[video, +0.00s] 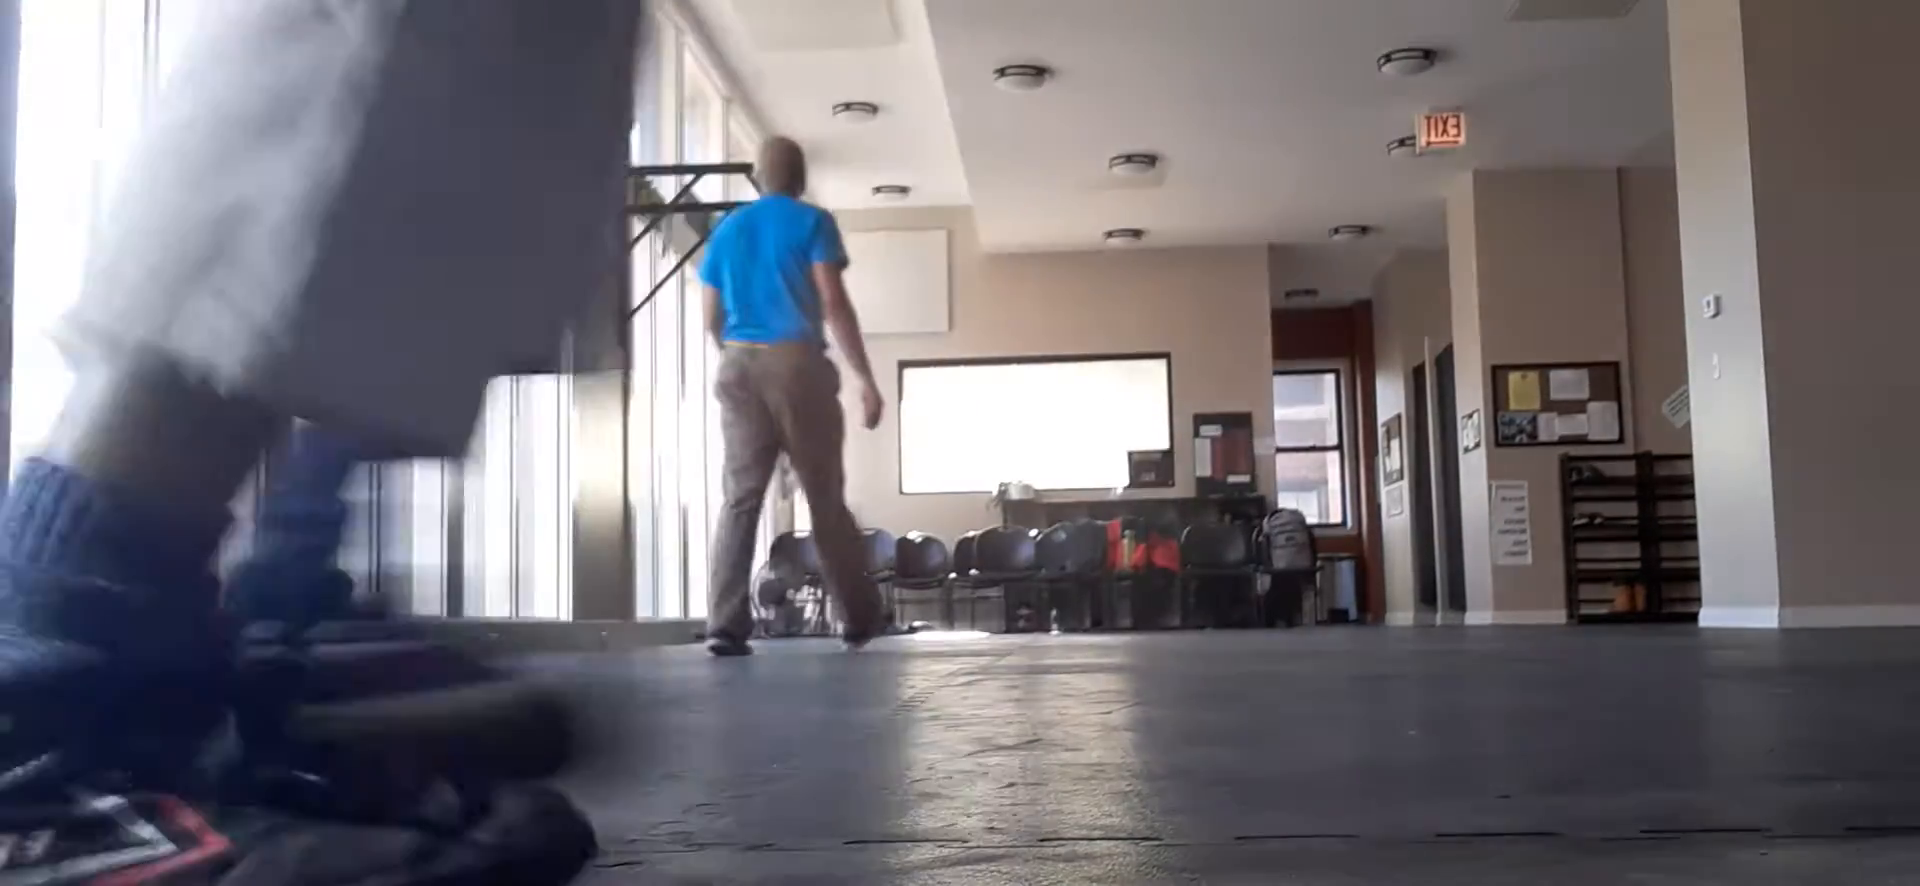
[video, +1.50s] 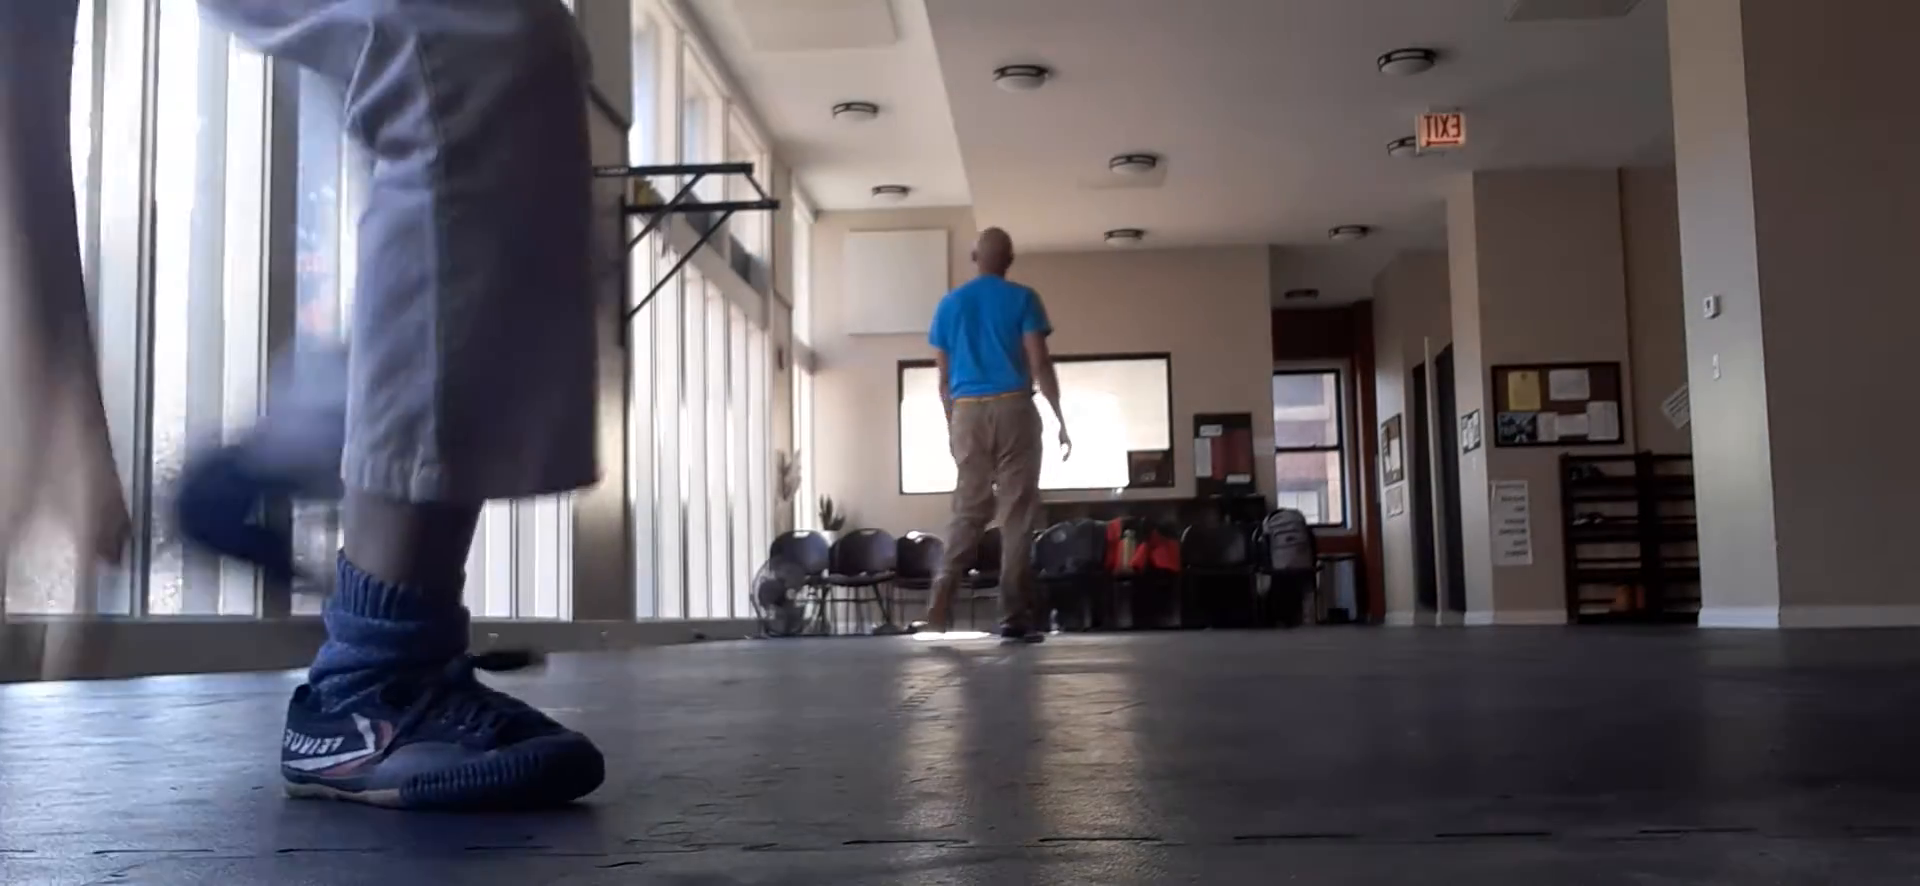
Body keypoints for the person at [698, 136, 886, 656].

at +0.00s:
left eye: (770, 167)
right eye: (797, 170)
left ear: (758, 177)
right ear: (801, 176)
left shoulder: (726, 228)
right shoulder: (813, 220)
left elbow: (713, 317)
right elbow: (833, 300)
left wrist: (739, 355)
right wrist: (863, 376)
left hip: (735, 364)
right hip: (796, 362)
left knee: (740, 498)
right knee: (825, 494)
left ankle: (726, 627)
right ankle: (862, 618)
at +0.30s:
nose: (824, 193)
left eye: (819, 187)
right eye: (852, 190)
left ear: (815, 195)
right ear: (859, 195)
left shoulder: (785, 246)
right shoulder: (873, 237)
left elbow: (771, 330)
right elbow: (895, 316)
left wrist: (787, 388)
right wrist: (922, 383)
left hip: (808, 374)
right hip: (867, 371)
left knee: (813, 490)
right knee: (866, 496)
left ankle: (780, 598)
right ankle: (861, 623)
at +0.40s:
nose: (859, 195)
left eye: (840, 188)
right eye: (870, 191)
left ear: (832, 197)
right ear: (875, 197)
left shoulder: (803, 248)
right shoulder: (891, 242)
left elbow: (781, 332)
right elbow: (914, 319)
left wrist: (782, 398)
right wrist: (935, 382)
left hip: (820, 376)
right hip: (876, 374)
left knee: (836, 490)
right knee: (870, 497)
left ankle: (825, 614)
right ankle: (859, 624)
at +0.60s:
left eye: (865, 211)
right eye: (897, 211)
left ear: (859, 220)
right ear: (900, 221)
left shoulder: (831, 267)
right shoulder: (917, 261)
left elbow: (804, 342)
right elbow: (941, 333)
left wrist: (777, 408)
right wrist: (959, 390)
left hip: (843, 387)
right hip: (895, 385)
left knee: (874, 502)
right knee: (885, 500)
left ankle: (900, 618)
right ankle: (860, 619)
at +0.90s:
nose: (896, 227)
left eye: (893, 222)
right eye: (921, 223)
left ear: (890, 231)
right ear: (929, 231)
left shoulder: (866, 278)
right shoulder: (946, 270)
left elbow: (846, 357)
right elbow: (969, 341)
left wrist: (834, 419)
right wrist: (989, 398)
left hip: (874, 399)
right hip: (925, 398)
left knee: (897, 514)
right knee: (961, 499)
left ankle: (906, 626)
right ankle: (922, 581)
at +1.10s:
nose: (925, 240)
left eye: (919, 233)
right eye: (944, 237)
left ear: (914, 241)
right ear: (950, 243)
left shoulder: (887, 287)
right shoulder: (963, 280)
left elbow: (882, 362)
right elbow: (982, 347)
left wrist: (908, 390)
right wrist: (1012, 408)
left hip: (898, 401)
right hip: (951, 401)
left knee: (908, 512)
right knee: (974, 506)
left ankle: (912, 625)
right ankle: (993, 617)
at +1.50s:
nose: (989, 258)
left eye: (979, 251)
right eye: (1006, 256)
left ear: (974, 258)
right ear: (1010, 261)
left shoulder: (948, 304)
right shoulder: (1023, 298)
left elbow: (944, 378)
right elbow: (1039, 364)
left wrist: (954, 424)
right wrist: (1060, 420)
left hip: (967, 413)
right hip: (1015, 410)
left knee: (968, 509)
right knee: (1016, 512)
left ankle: (939, 606)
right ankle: (1014, 616)